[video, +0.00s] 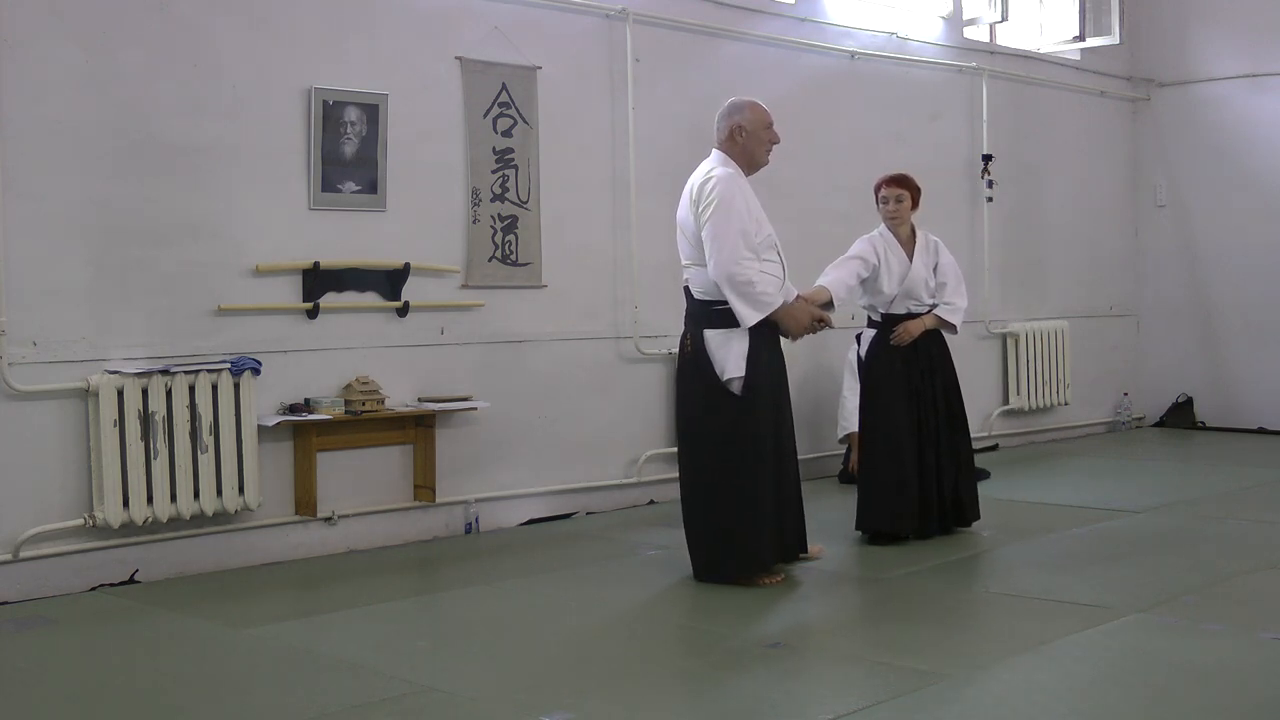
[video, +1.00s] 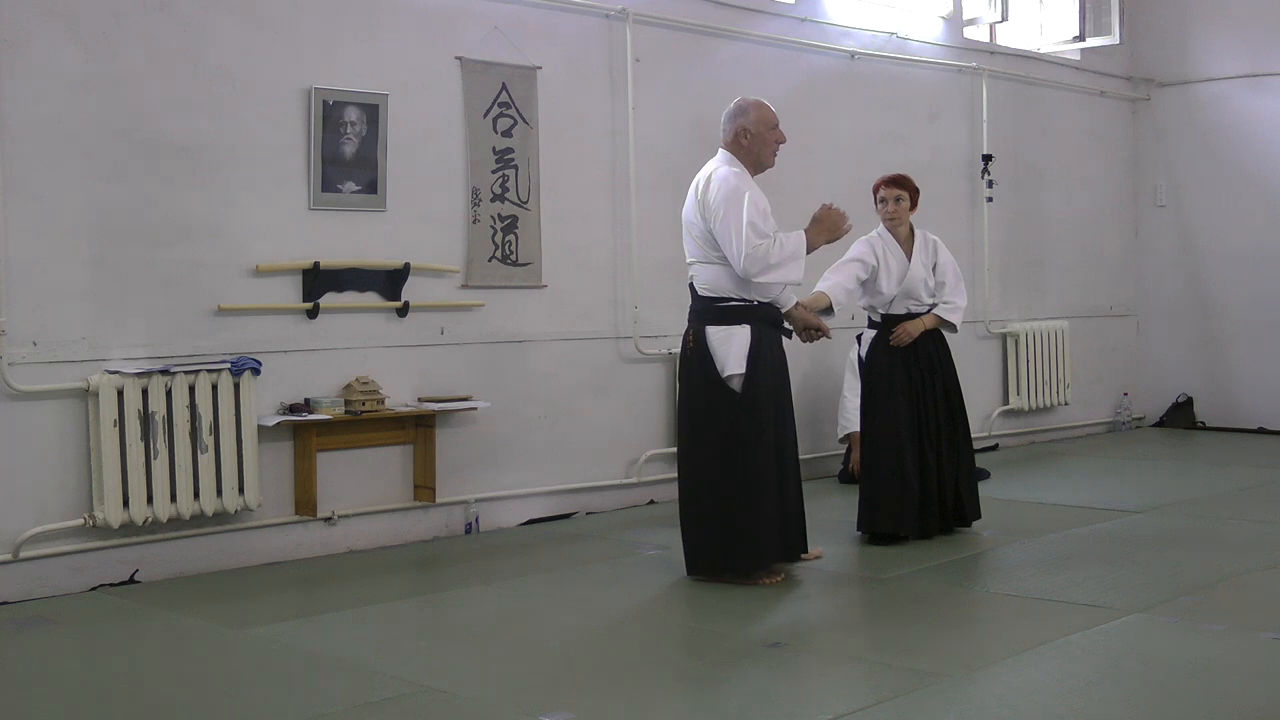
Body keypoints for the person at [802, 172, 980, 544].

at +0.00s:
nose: (892, 208)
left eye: (899, 200)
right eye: (884, 202)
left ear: (914, 204)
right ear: (878, 207)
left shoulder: (932, 246)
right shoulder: (871, 247)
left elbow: (954, 299)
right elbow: (843, 275)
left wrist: (922, 323)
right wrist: (810, 299)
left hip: (928, 344)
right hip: (886, 347)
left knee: (936, 427)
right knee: (891, 432)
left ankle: (940, 514)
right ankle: (892, 520)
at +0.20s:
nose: (891, 208)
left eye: (899, 200)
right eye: (884, 202)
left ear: (914, 205)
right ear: (877, 207)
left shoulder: (932, 246)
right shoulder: (870, 247)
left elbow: (954, 299)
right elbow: (841, 278)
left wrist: (921, 324)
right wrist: (807, 300)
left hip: (928, 345)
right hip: (886, 347)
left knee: (936, 428)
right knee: (890, 432)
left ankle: (941, 515)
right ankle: (892, 521)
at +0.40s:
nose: (890, 207)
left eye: (898, 200)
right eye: (883, 202)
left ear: (913, 205)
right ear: (877, 208)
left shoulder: (931, 246)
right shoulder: (870, 247)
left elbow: (954, 298)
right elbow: (841, 279)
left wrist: (921, 324)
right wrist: (808, 301)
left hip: (928, 345)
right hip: (886, 347)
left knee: (936, 428)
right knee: (890, 432)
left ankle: (941, 515)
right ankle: (892, 521)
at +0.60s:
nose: (890, 207)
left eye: (898, 200)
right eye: (883, 202)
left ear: (913, 205)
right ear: (876, 208)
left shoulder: (932, 246)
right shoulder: (870, 247)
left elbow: (954, 299)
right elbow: (841, 279)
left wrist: (921, 324)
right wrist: (806, 303)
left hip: (928, 344)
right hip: (886, 347)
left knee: (936, 428)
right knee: (890, 432)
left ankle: (941, 515)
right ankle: (892, 521)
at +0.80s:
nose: (890, 208)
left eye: (898, 201)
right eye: (883, 202)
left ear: (913, 205)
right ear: (876, 208)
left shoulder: (932, 246)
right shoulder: (869, 248)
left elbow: (954, 300)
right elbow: (839, 281)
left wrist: (920, 324)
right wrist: (806, 304)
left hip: (928, 345)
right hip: (886, 347)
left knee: (935, 428)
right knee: (891, 432)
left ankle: (939, 515)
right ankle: (893, 521)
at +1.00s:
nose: (890, 208)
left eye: (898, 200)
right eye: (883, 202)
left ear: (912, 206)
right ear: (876, 208)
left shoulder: (932, 246)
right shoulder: (869, 248)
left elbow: (954, 300)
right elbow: (840, 281)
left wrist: (920, 324)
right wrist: (806, 304)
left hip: (928, 345)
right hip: (886, 347)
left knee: (936, 428)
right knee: (891, 432)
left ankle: (940, 515)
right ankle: (893, 521)